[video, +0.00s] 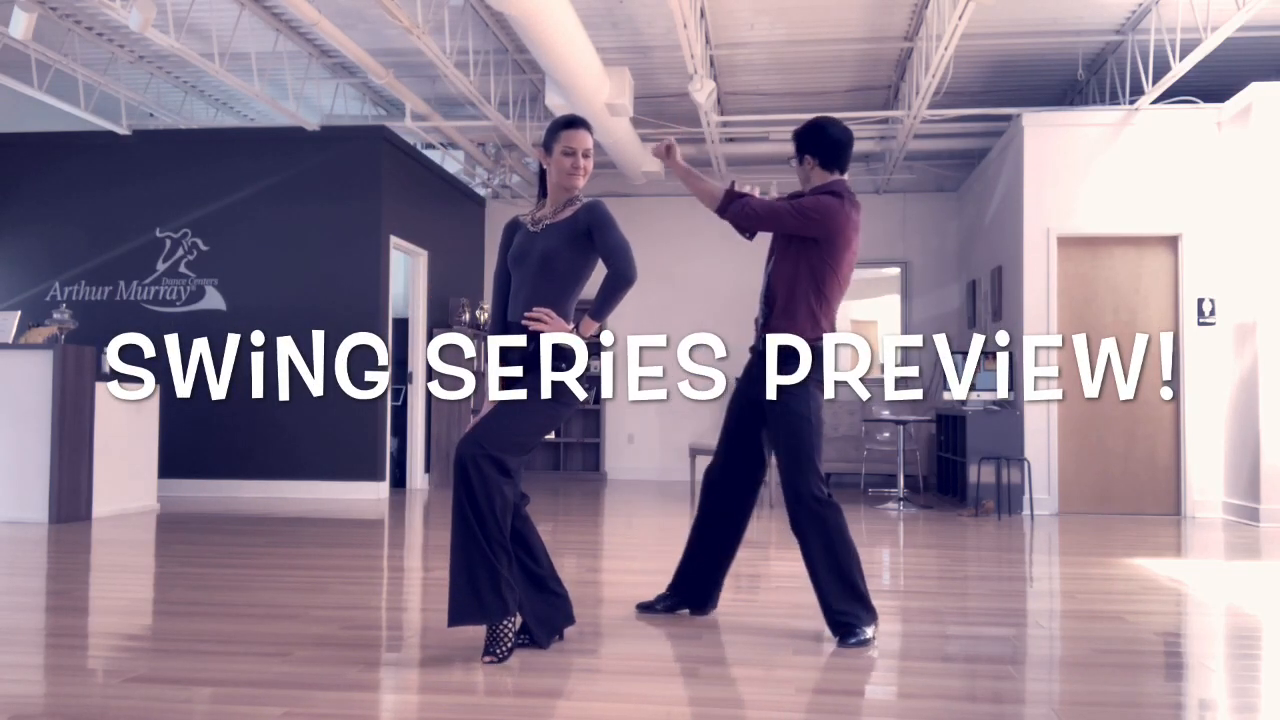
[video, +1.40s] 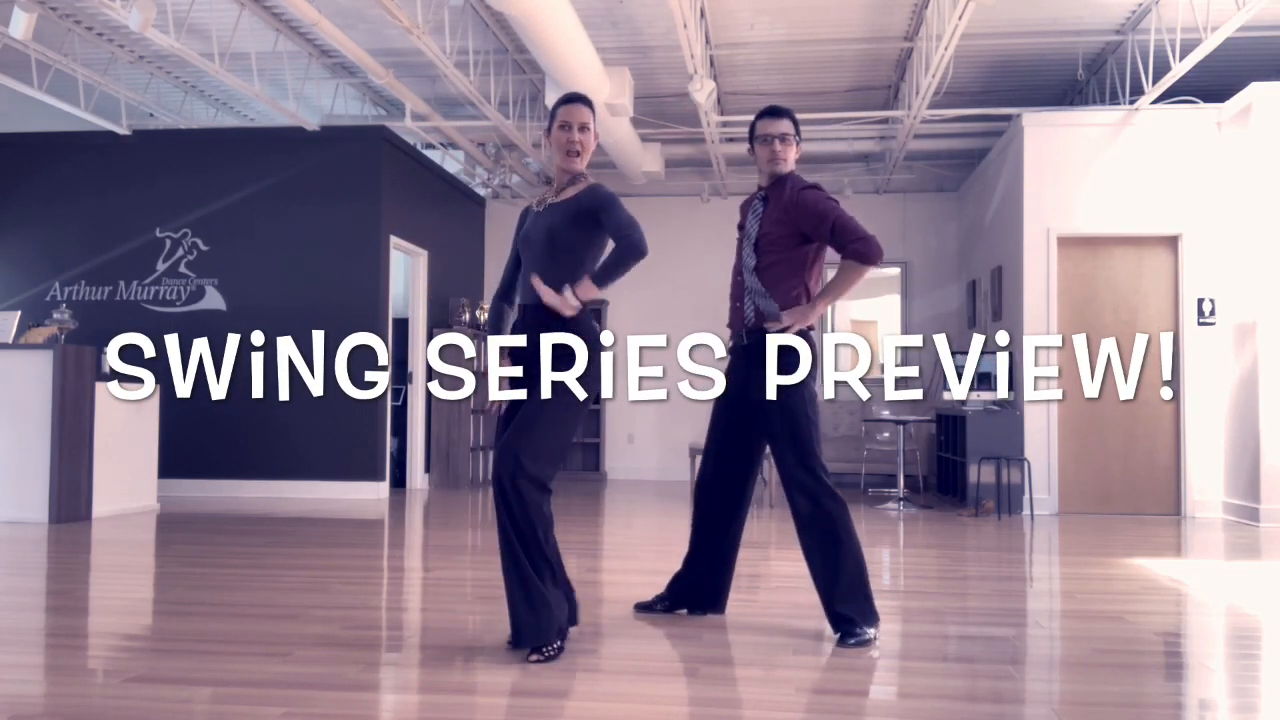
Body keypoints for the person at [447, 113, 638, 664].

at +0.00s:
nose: (578, 163)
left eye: (586, 155)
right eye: (568, 153)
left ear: (593, 164)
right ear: (543, 158)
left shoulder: (591, 214)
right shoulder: (517, 227)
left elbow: (623, 271)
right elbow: (500, 311)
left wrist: (584, 326)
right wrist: (490, 387)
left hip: (558, 371)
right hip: (515, 371)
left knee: (476, 451)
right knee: (496, 485)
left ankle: (503, 605)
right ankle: (546, 608)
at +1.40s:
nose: (575, 137)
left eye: (584, 129)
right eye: (566, 128)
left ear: (594, 140)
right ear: (548, 137)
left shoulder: (597, 198)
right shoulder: (533, 212)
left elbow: (634, 244)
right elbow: (509, 285)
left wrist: (584, 292)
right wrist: (492, 338)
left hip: (567, 352)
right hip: (523, 351)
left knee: (521, 472)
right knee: (511, 474)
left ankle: (551, 614)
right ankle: (539, 613)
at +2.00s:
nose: (597, 157)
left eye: (607, 149)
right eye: (588, 148)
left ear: (616, 160)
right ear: (568, 157)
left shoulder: (626, 215)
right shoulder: (545, 225)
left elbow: (694, 159)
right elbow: (516, 287)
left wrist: (644, 101)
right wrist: (566, 244)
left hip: (583, 368)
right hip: (538, 367)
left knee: (510, 464)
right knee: (539, 487)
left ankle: (537, 614)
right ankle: (588, 607)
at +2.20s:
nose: (597, 155)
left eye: (607, 148)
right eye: (588, 145)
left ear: (616, 159)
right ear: (569, 153)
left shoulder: (622, 212)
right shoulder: (540, 218)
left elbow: (702, 176)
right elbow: (526, 289)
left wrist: (665, 112)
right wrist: (594, 288)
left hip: (586, 364)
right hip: (543, 364)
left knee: (506, 462)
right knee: (538, 485)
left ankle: (538, 614)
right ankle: (588, 607)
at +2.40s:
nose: (600, 154)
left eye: (609, 145)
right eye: (590, 145)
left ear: (620, 153)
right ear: (572, 152)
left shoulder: (630, 212)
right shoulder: (546, 218)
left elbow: (613, 279)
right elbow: (516, 279)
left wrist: (595, 218)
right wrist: (488, 313)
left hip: (600, 361)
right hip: (547, 359)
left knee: (532, 459)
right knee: (533, 476)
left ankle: (540, 614)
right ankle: (588, 606)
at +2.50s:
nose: (603, 144)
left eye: (611, 136)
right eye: (592, 135)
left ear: (622, 145)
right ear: (573, 143)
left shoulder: (627, 203)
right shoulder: (554, 205)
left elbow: (604, 282)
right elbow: (505, 243)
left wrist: (546, 235)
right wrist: (473, 259)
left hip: (604, 357)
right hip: (553, 354)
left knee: (551, 456)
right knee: (545, 468)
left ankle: (546, 616)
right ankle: (590, 606)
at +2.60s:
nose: (602, 144)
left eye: (610, 135)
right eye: (591, 135)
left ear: (621, 143)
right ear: (573, 142)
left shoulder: (627, 198)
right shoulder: (556, 199)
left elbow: (603, 274)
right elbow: (482, 214)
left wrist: (557, 243)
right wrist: (470, 231)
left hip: (608, 359)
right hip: (558, 357)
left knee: (553, 460)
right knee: (550, 470)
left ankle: (547, 617)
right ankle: (591, 606)